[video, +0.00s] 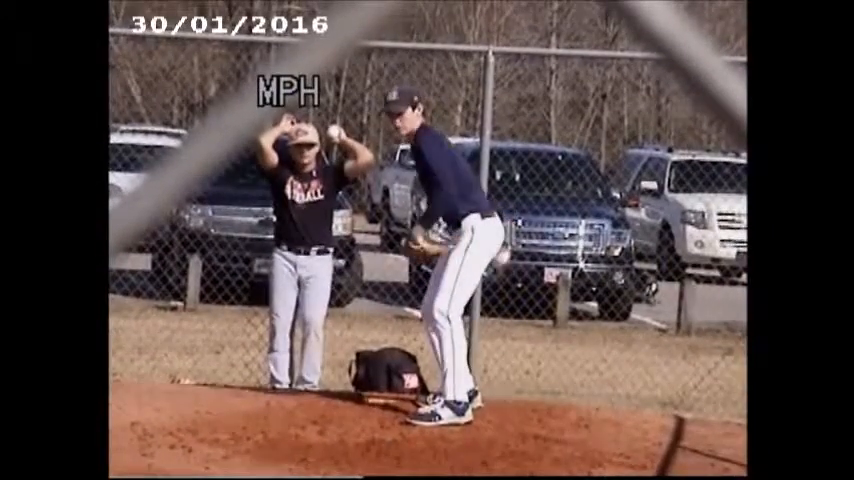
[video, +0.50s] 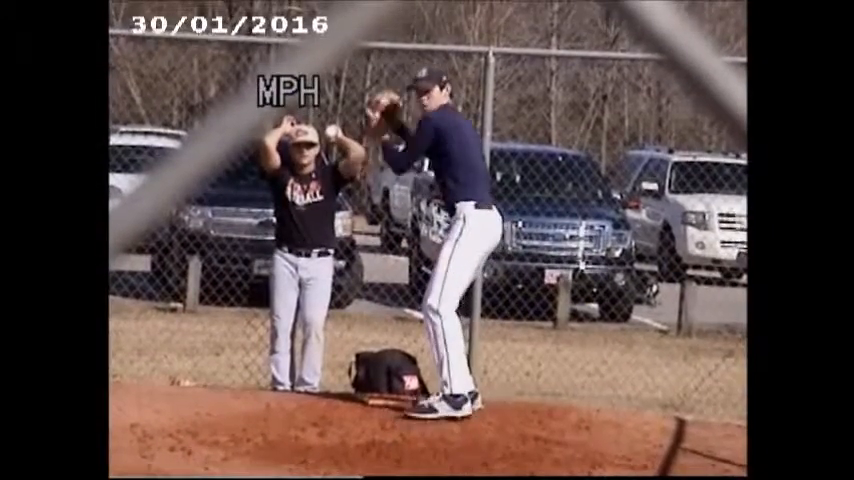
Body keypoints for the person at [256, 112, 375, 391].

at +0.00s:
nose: (304, 153)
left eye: (309, 147)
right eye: (299, 148)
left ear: (318, 148)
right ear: (290, 150)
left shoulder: (331, 175)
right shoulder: (281, 174)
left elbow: (367, 159)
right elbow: (263, 144)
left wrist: (343, 140)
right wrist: (280, 129)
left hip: (319, 259)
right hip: (285, 257)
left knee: (313, 322)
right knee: (280, 321)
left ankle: (309, 381)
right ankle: (278, 381)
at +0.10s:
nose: (304, 153)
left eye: (309, 147)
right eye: (299, 148)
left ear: (318, 149)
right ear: (290, 150)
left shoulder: (331, 175)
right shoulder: (280, 175)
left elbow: (366, 160)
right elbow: (263, 145)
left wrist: (343, 141)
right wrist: (280, 130)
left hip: (319, 260)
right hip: (285, 258)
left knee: (313, 324)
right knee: (280, 323)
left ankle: (309, 384)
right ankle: (279, 384)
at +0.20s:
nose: (304, 152)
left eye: (309, 146)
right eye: (298, 147)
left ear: (318, 148)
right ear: (289, 150)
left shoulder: (331, 174)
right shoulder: (281, 175)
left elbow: (366, 158)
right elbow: (264, 144)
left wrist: (342, 139)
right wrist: (281, 128)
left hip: (319, 259)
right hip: (285, 257)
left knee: (313, 322)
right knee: (280, 322)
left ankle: (308, 382)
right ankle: (279, 382)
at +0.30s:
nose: (304, 153)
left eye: (310, 147)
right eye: (298, 148)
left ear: (319, 149)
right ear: (289, 151)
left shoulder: (331, 177)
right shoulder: (281, 177)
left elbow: (362, 160)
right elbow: (266, 148)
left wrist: (342, 140)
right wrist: (282, 130)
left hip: (320, 261)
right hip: (286, 259)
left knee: (313, 324)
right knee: (281, 323)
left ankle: (309, 384)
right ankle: (280, 384)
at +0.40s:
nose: (304, 150)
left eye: (310, 144)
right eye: (299, 145)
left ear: (318, 147)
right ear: (290, 147)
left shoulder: (330, 173)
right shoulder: (281, 173)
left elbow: (355, 156)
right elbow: (268, 146)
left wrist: (340, 137)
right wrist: (283, 126)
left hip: (320, 258)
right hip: (285, 256)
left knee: (314, 322)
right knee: (280, 320)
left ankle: (309, 380)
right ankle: (280, 379)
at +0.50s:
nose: (304, 153)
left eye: (310, 147)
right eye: (299, 147)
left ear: (318, 149)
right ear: (291, 149)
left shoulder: (330, 174)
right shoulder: (281, 174)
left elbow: (358, 157)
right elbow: (268, 148)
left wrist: (339, 138)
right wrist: (282, 129)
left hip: (320, 260)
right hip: (286, 258)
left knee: (314, 324)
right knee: (281, 322)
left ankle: (309, 383)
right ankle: (280, 382)